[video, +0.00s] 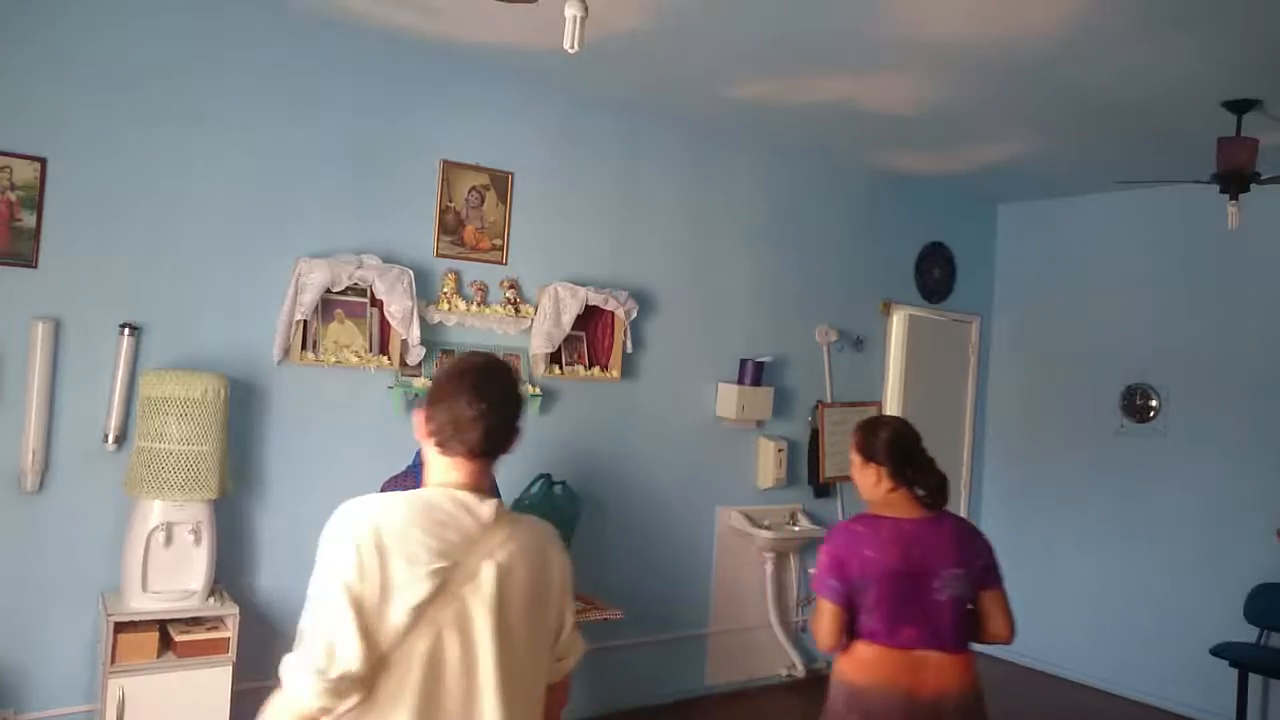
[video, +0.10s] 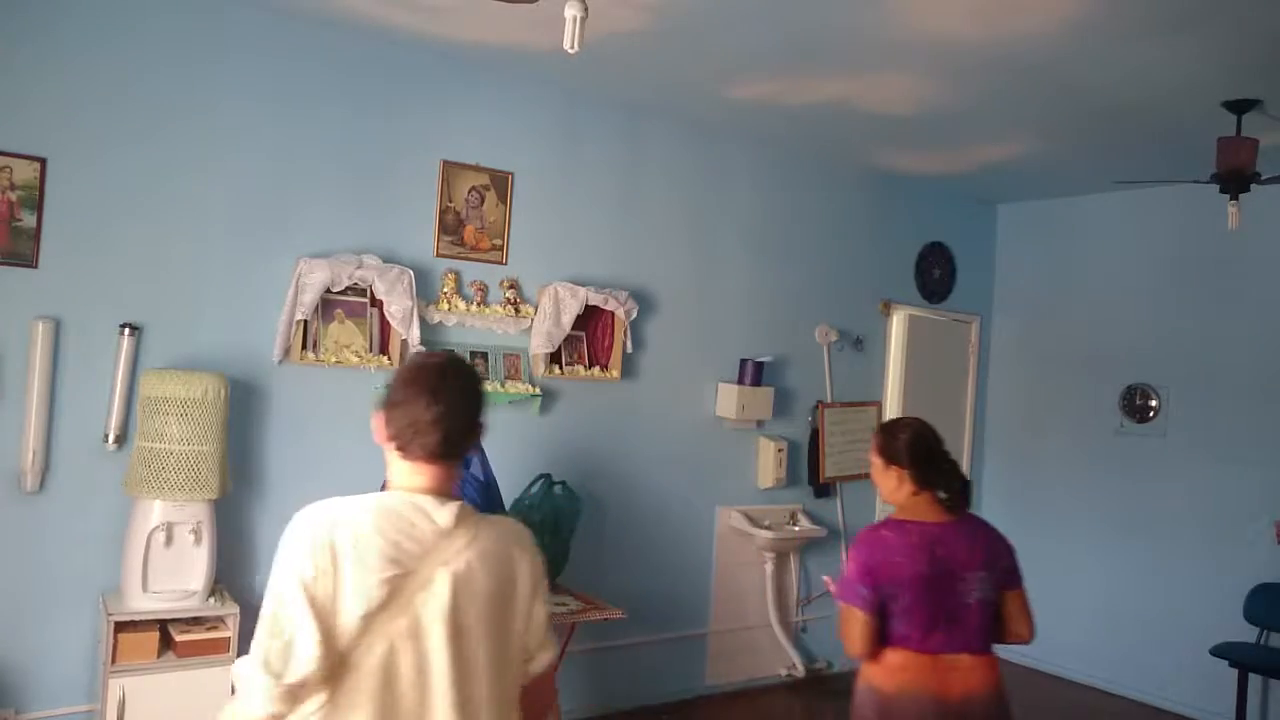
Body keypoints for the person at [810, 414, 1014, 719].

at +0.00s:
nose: (851, 473)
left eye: (854, 463)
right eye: (851, 463)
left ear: (876, 473)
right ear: (912, 465)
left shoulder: (846, 538)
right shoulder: (965, 535)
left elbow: (827, 639)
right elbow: (1000, 629)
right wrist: (940, 618)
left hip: (869, 696)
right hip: (952, 695)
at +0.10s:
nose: (871, 475)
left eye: (874, 466)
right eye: (871, 466)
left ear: (897, 474)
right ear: (932, 466)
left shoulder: (874, 543)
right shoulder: (987, 538)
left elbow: (858, 646)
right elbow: (1020, 629)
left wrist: (847, 601)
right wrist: (958, 620)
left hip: (896, 692)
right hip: (976, 689)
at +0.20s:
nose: (893, 481)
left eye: (896, 472)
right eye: (893, 473)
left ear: (920, 478)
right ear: (955, 472)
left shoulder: (900, 549)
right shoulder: (1005, 540)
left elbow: (896, 657)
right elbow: (1041, 630)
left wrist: (866, 618)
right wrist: (979, 624)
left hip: (925, 692)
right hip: (1002, 688)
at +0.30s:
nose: (905, 478)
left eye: (910, 470)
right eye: (907, 469)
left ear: (936, 482)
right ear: (971, 476)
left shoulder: (922, 551)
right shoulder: (1019, 542)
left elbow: (918, 660)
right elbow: (1056, 630)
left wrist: (884, 623)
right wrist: (992, 627)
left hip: (946, 698)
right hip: (1019, 693)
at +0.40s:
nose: (917, 475)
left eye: (923, 467)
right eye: (919, 466)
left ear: (950, 480)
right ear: (984, 474)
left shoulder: (938, 548)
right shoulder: (1028, 540)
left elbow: (934, 657)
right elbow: (1062, 629)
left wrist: (890, 620)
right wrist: (996, 629)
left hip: (961, 693)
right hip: (1030, 686)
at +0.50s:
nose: (926, 472)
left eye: (932, 464)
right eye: (929, 463)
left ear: (959, 477)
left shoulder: (949, 546)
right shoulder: (1033, 539)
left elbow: (947, 654)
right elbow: (1061, 628)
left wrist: (897, 620)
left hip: (968, 688)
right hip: (1033, 682)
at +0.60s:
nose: (931, 469)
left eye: (938, 462)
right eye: (934, 461)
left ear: (966, 475)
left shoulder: (956, 544)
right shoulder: (1032, 536)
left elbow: (955, 653)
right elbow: (1059, 628)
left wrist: (898, 618)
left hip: (971, 685)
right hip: (1034, 676)